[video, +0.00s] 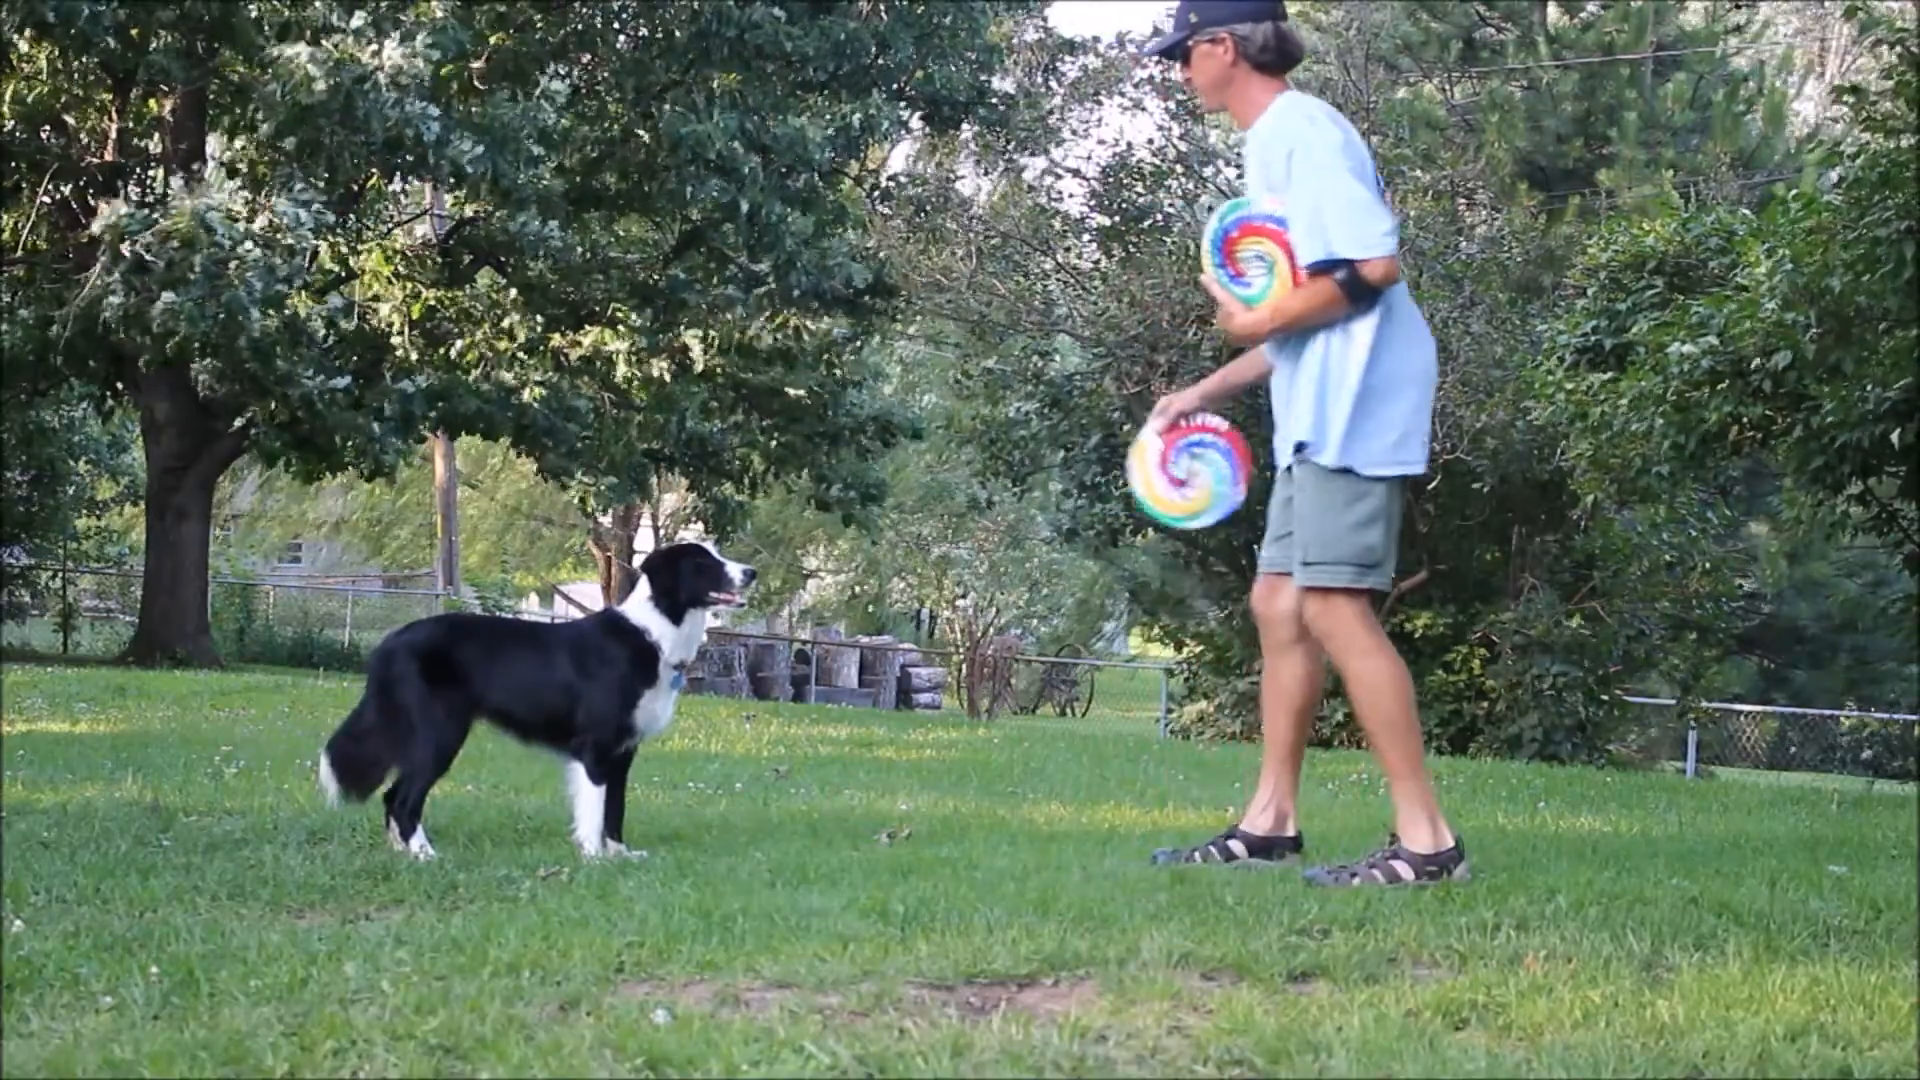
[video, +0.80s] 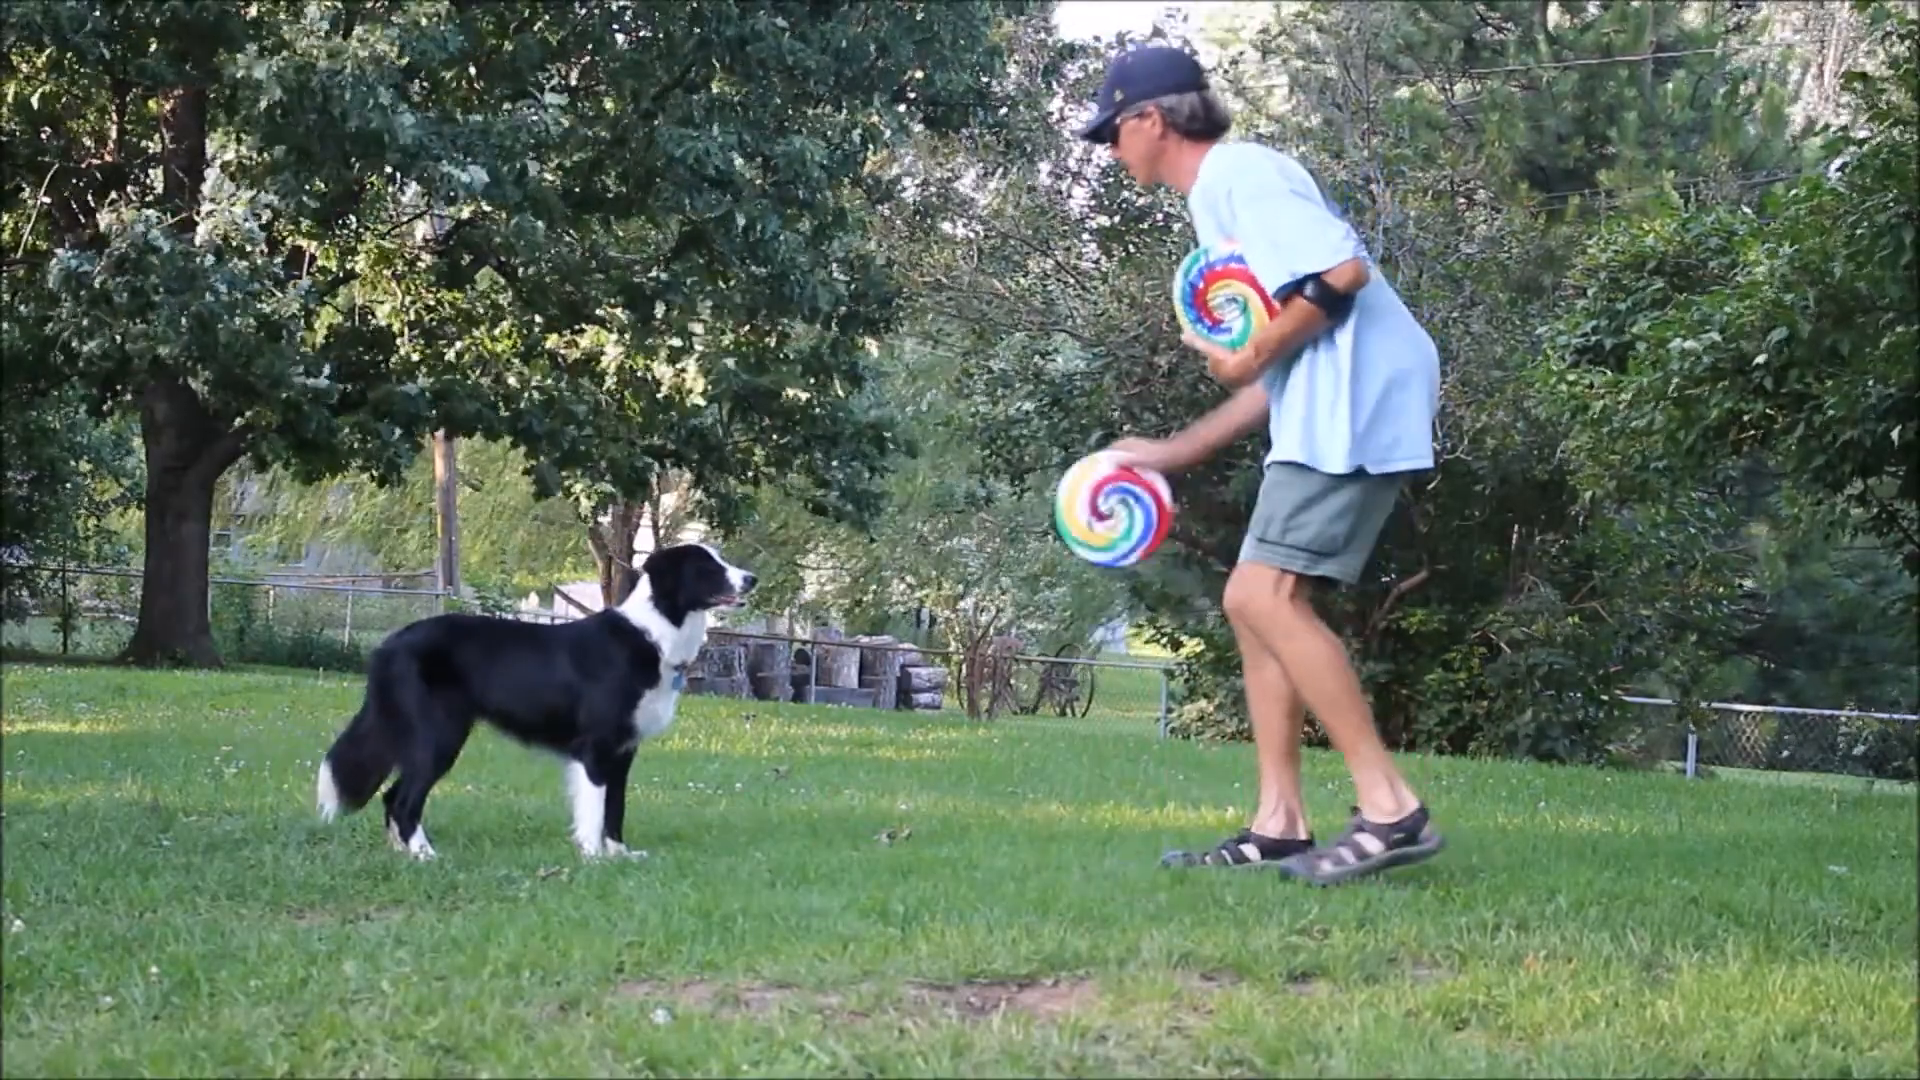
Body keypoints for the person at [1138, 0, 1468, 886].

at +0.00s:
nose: (1183, 72)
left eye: (1188, 53)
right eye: (1182, 57)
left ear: (1229, 50)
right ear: (1235, 51)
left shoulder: (1302, 128)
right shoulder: (1270, 146)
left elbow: (1373, 264)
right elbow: (1302, 319)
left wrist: (1259, 320)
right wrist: (1198, 394)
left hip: (1360, 411)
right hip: (1319, 413)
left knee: (1333, 607)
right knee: (1277, 601)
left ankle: (1426, 840)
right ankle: (1270, 822)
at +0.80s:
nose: (1113, 152)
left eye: (1115, 132)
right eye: (1110, 135)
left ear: (1153, 121)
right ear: (1159, 121)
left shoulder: (1235, 172)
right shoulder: (1215, 204)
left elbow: (1340, 271)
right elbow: (1274, 379)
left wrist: (1251, 357)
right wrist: (1172, 451)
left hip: (1363, 403)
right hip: (1329, 411)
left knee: (1267, 595)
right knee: (1248, 602)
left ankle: (1391, 812)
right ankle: (1279, 825)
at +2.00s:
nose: (1160, 164)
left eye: (1167, 143)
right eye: (1156, 148)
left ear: (1220, 128)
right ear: (1218, 135)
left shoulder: (1310, 198)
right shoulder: (1260, 232)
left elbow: (1415, 315)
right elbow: (1283, 397)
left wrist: (1316, 384)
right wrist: (1156, 425)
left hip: (1382, 443)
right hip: (1351, 444)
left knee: (1243, 604)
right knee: (1299, 623)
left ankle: (1293, 825)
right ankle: (1362, 826)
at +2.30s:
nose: (1214, 151)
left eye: (1220, 131)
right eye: (1211, 135)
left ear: (1266, 122)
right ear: (1263, 124)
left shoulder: (1362, 188)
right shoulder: (1318, 219)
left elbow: (1472, 301)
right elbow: (1356, 375)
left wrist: (1366, 382)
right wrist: (1275, 454)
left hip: (1467, 435)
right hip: (1423, 436)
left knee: (1363, 615)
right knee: (1329, 604)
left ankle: (1469, 847)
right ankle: (1303, 832)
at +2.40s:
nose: (1250, 129)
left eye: (1255, 111)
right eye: (1248, 113)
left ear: (1297, 105)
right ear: (1306, 105)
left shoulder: (1383, 175)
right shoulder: (1361, 190)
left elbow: (1489, 294)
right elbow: (1388, 356)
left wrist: (1384, 371)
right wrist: (1299, 437)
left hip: (1497, 415)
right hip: (1465, 415)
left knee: (1395, 608)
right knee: (1375, 607)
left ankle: (1471, 850)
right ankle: (1315, 831)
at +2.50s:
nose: (1289, 109)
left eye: (1292, 90)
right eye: (1287, 92)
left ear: (1328, 86)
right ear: (1354, 85)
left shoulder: (1408, 159)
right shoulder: (1397, 167)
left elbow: (1504, 289)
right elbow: (1460, 321)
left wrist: (1401, 359)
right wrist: (1366, 410)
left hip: (1518, 404)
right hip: (1496, 404)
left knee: (1419, 600)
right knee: (1399, 598)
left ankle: (1472, 849)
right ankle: (1347, 819)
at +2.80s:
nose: (1367, 107)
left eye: (1367, 87)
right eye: (1362, 90)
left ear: (1400, 77)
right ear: (1437, 76)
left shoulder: (1469, 146)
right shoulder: (1490, 150)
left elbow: (1551, 274)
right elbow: (1498, 358)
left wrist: (1452, 337)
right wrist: (1375, 379)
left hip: (1568, 400)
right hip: (1599, 401)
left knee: (1448, 593)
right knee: (1514, 610)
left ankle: (1480, 845)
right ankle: (1586, 845)